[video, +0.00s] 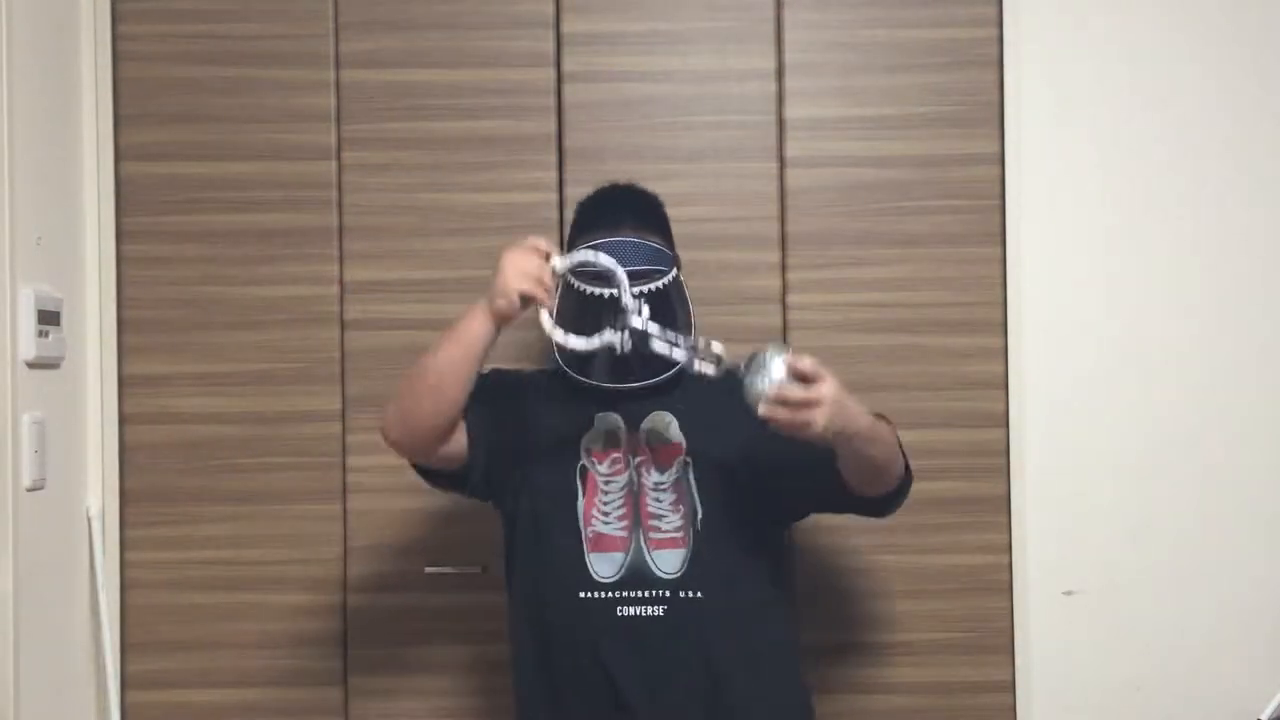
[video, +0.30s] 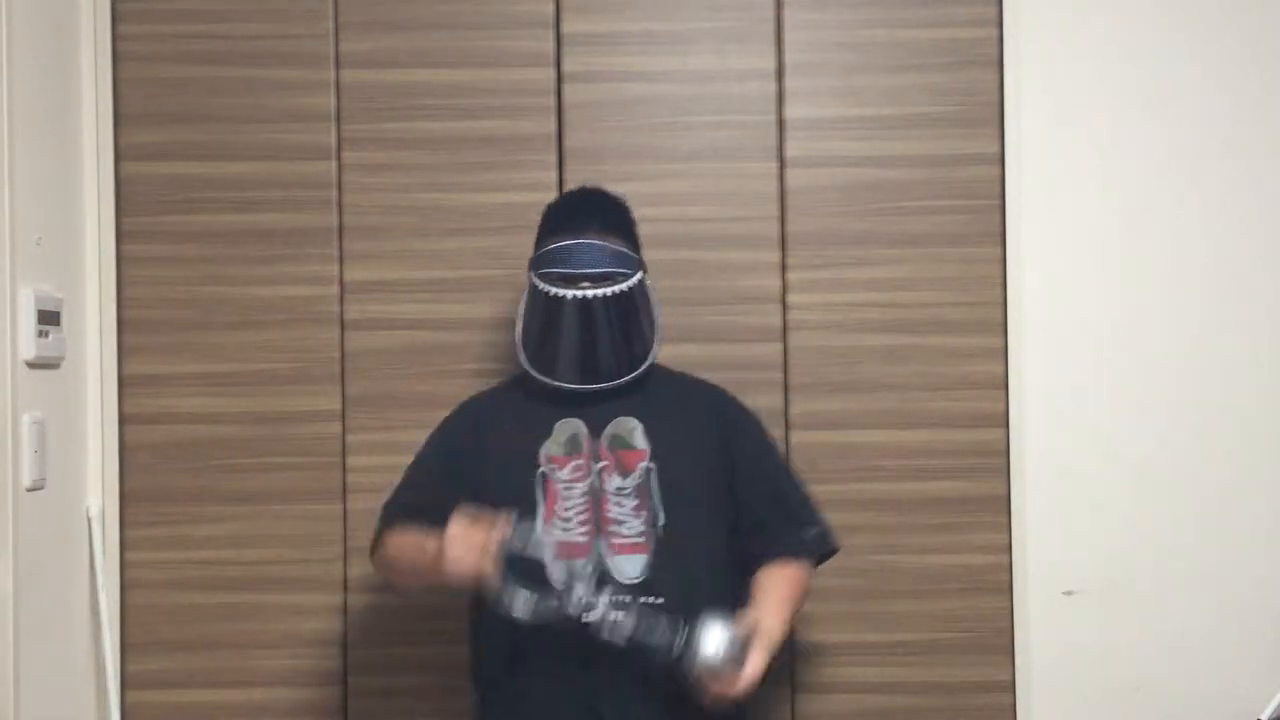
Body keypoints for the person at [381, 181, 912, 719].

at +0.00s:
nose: (625, 288)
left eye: (645, 266)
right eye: (601, 268)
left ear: (674, 276)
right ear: (565, 281)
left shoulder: (743, 405)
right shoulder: (522, 413)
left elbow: (885, 487)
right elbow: (409, 431)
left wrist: (850, 422)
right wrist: (490, 315)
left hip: (738, 697)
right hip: (575, 699)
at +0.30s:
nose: (585, 317)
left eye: (604, 297)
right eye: (566, 297)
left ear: (639, 296)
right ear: (535, 296)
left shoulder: (710, 420)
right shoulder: (484, 425)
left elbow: (790, 544)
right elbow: (391, 548)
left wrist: (759, 635)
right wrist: (448, 552)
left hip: (677, 703)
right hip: (529, 703)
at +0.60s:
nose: (462, 330)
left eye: (482, 311)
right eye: (444, 310)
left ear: (517, 310)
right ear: (412, 306)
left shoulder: (575, 434)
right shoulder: (343, 431)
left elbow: (629, 566)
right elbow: (275, 525)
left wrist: (558, 644)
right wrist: (247, 541)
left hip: (520, 704)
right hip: (373, 704)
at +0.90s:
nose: (394, 305)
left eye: (417, 284)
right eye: (373, 281)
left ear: (451, 290)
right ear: (344, 281)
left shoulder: (504, 410)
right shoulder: (274, 402)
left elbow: (559, 521)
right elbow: (130, 402)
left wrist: (441, 434)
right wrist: (136, 275)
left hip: (458, 702)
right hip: (298, 702)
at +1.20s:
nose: (415, 308)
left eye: (439, 289)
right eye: (398, 287)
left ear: (473, 296)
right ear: (367, 287)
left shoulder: (526, 421)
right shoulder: (292, 410)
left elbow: (600, 546)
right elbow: (160, 473)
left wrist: (479, 530)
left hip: (468, 702)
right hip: (301, 702)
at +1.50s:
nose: (532, 335)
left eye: (552, 315)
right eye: (512, 314)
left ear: (583, 316)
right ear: (479, 311)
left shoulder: (646, 441)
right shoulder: (416, 442)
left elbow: (684, 583)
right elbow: (369, 559)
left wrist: (648, 699)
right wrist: (369, 641)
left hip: (593, 704)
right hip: (444, 705)